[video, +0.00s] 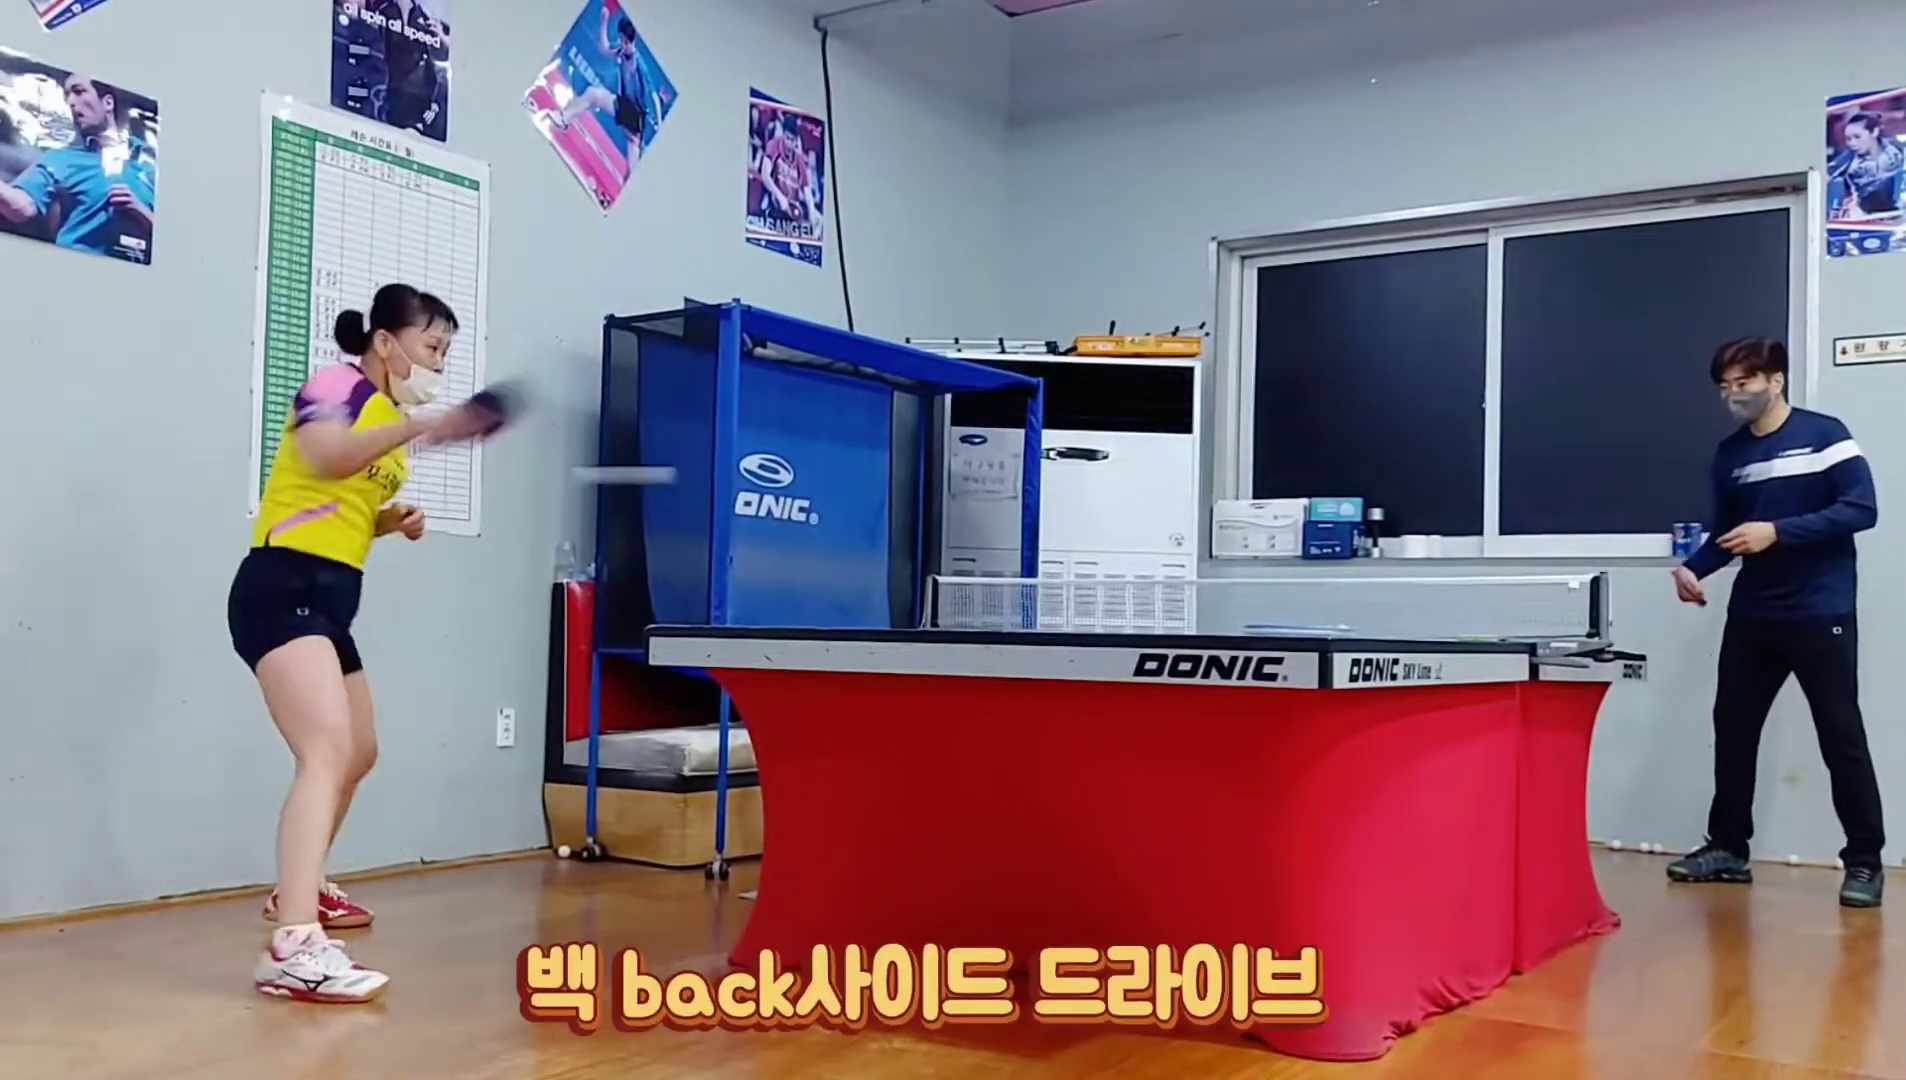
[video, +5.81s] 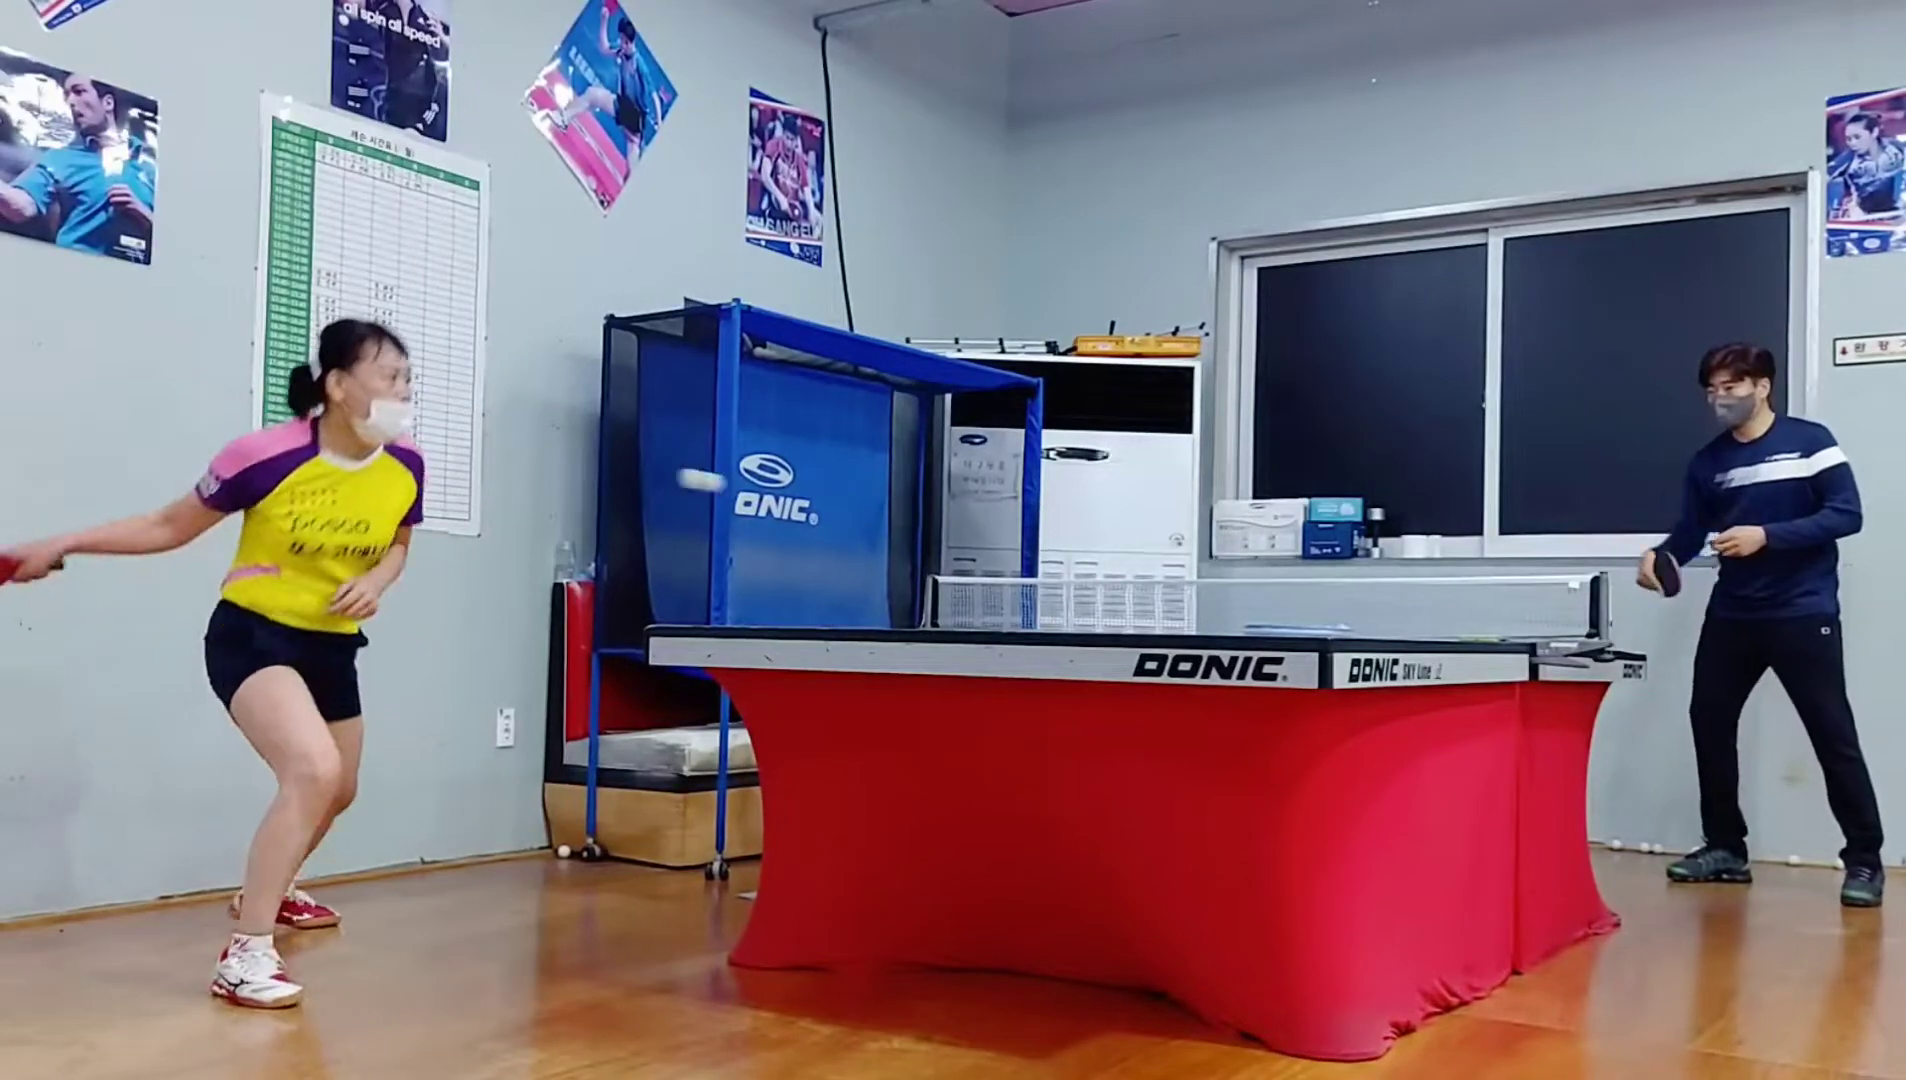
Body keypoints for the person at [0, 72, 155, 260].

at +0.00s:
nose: (70, 101)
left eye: (80, 91)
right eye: (67, 96)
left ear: (108, 103)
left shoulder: (149, 161)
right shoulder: (60, 159)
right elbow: (21, 207)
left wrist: (143, 212)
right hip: (75, 262)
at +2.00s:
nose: (71, 101)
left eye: (79, 91)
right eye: (67, 96)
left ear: (108, 102)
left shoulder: (150, 161)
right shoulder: (61, 159)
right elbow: (20, 208)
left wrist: (143, 212)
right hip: (74, 261)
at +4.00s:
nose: (70, 101)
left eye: (79, 91)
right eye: (67, 96)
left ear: (108, 103)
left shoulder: (149, 162)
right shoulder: (60, 159)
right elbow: (20, 208)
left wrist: (142, 212)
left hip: (134, 270)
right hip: (74, 261)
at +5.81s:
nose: (70, 101)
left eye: (79, 91)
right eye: (67, 96)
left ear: (108, 102)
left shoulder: (150, 163)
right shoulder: (59, 159)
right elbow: (19, 208)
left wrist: (143, 213)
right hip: (75, 261)